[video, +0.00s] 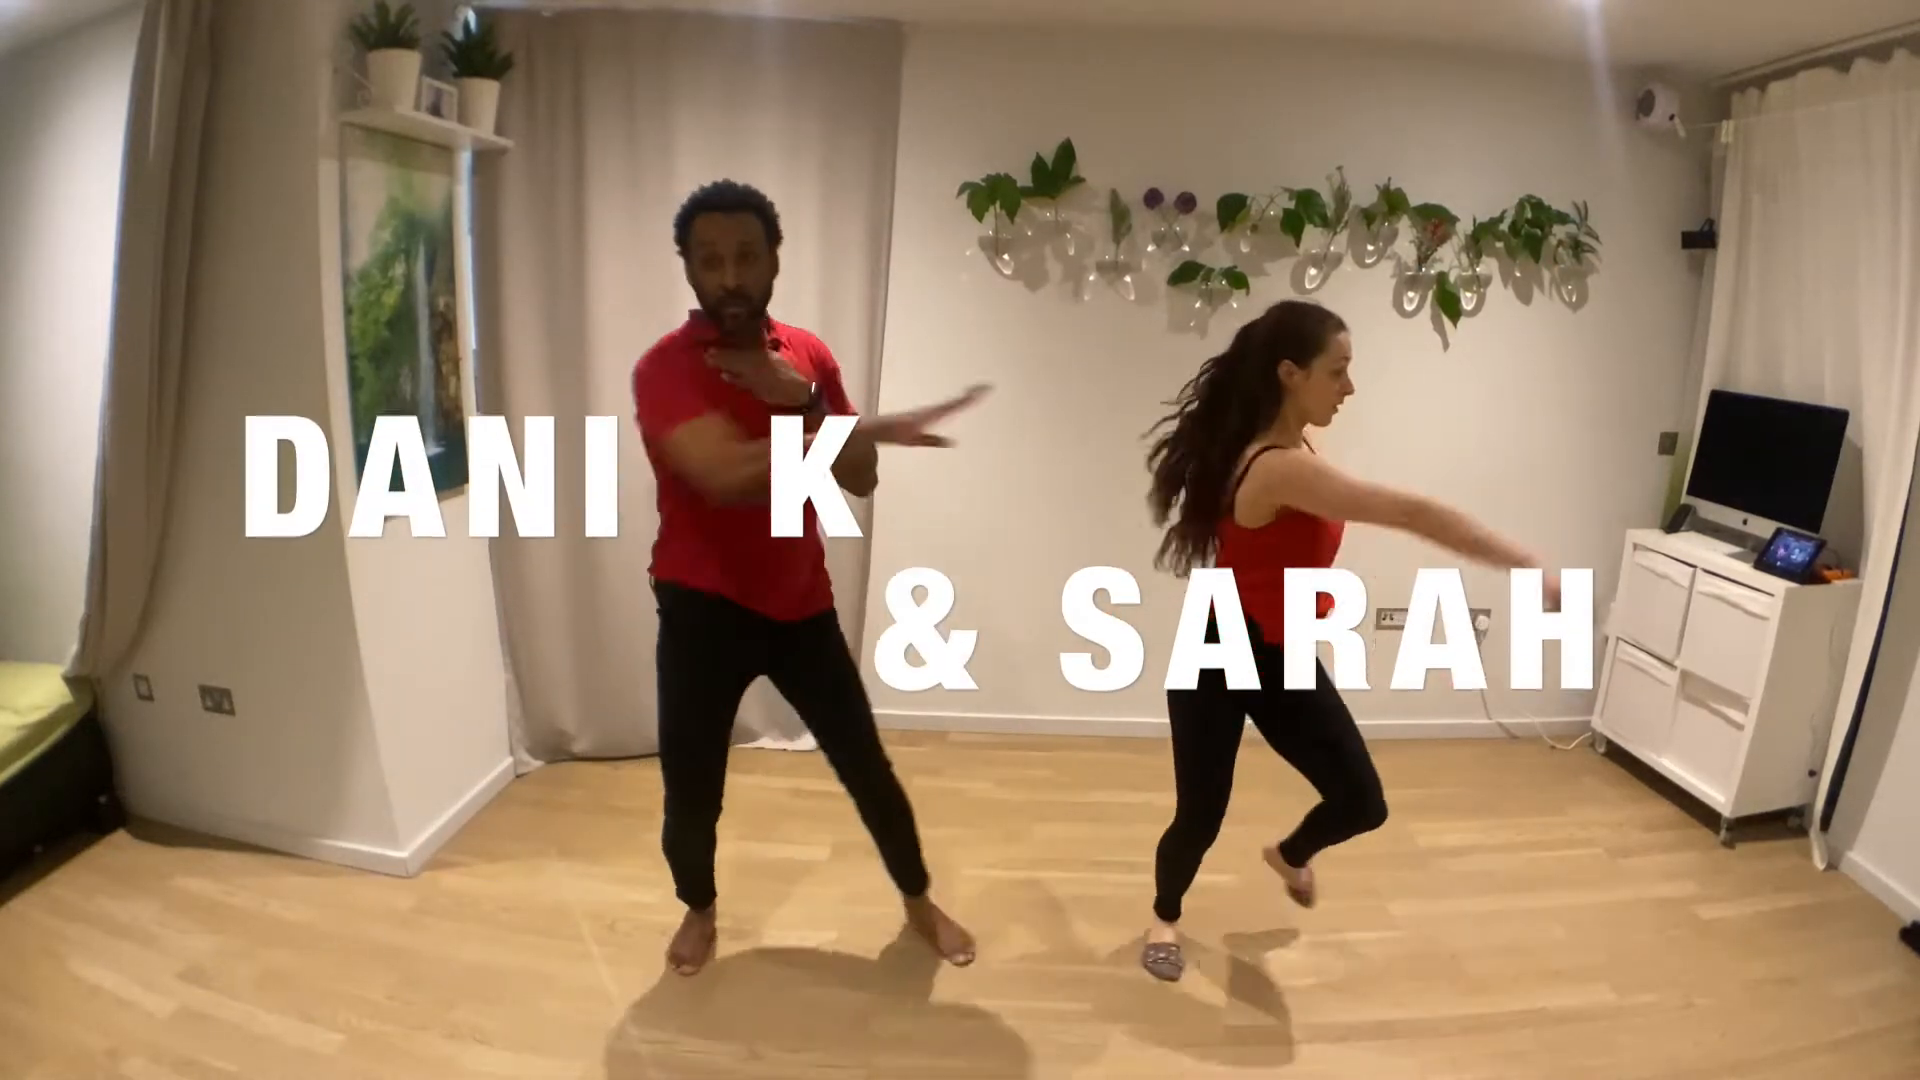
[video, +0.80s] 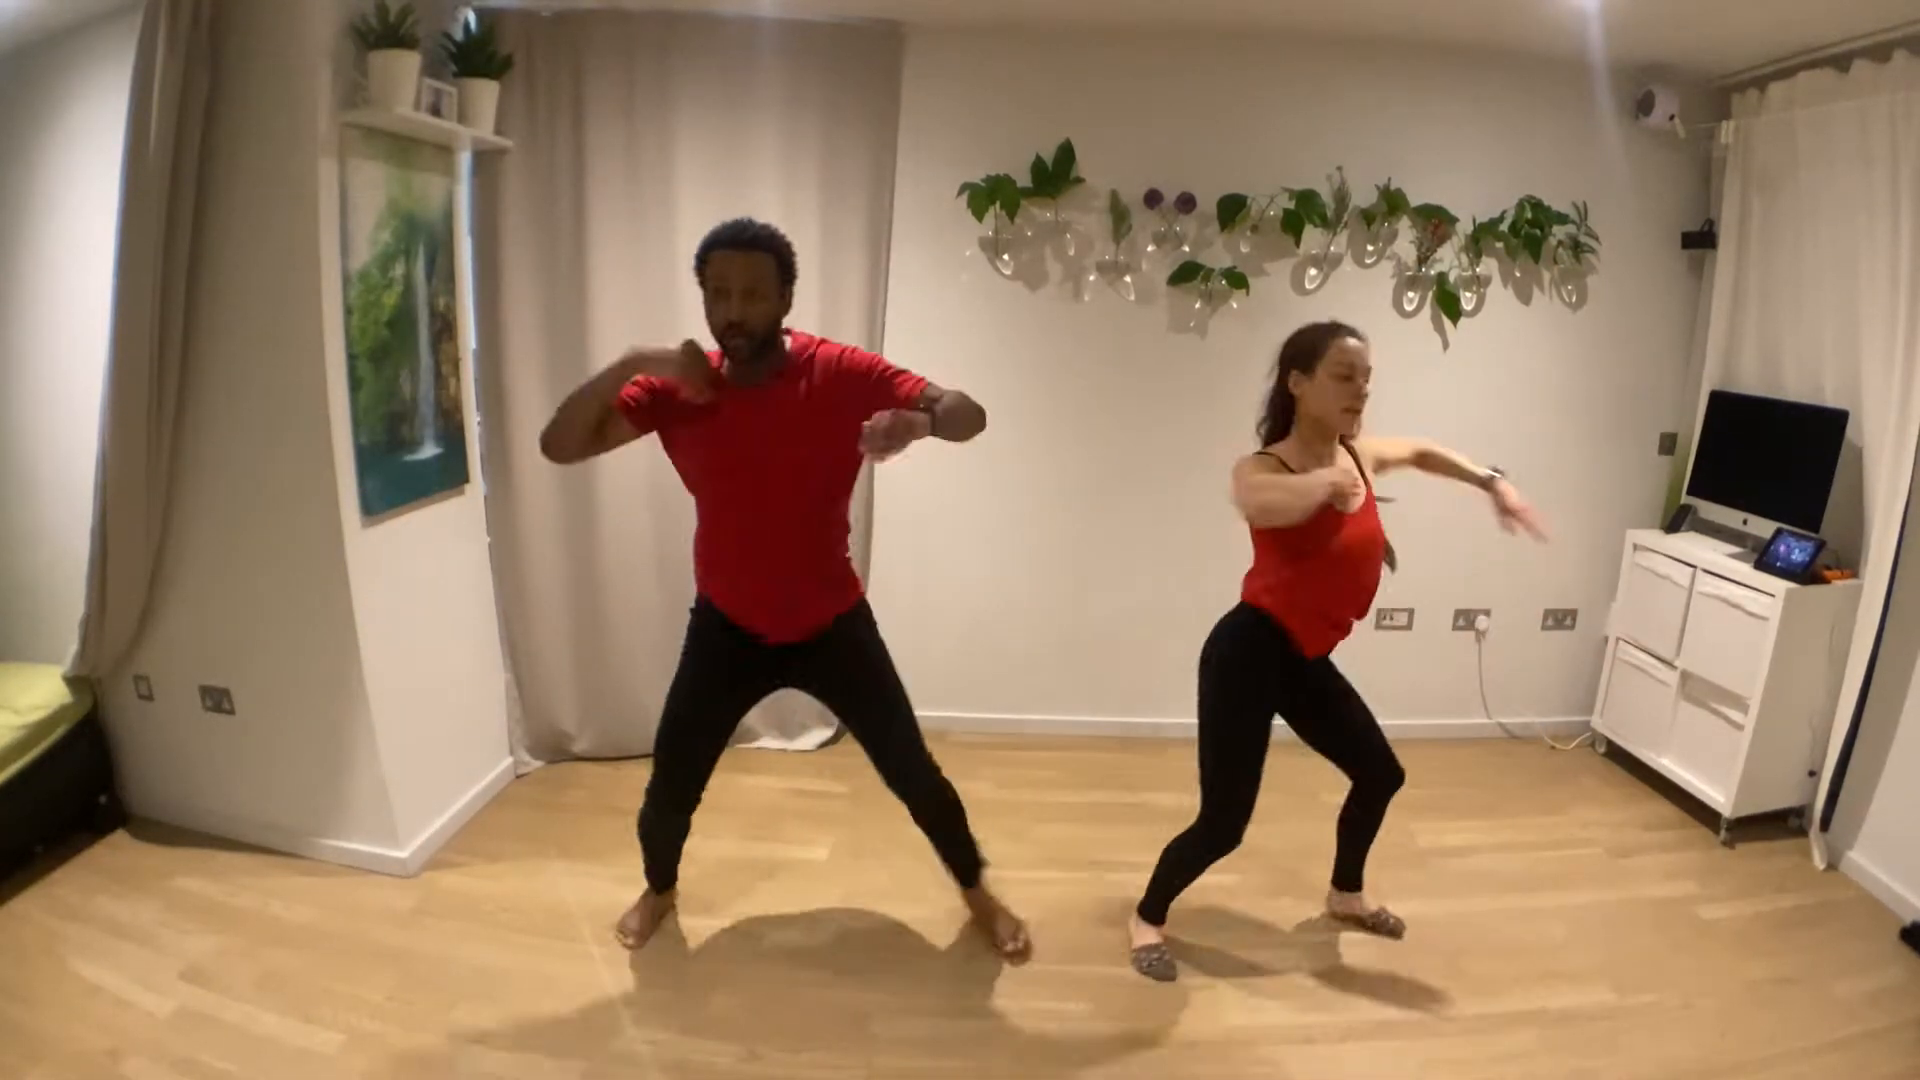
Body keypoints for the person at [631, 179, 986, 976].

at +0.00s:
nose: (727, 280)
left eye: (745, 260)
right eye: (707, 261)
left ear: (775, 264)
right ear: (687, 269)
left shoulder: (807, 356)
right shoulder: (665, 370)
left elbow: (859, 480)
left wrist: (802, 401)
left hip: (797, 604)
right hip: (702, 607)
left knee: (865, 766)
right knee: (689, 783)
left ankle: (920, 903)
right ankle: (697, 910)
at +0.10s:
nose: (757, 290)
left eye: (773, 271)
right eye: (735, 273)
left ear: (796, 276)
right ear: (706, 282)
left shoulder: (787, 367)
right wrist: (1053, 426)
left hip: (810, 612)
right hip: (724, 616)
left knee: (895, 762)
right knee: (738, 820)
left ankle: (928, 898)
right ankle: (675, 904)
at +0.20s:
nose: (789, 295)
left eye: (803, 276)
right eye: (766, 278)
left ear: (822, 280)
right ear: (734, 288)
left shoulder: (810, 380)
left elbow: (840, 478)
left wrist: (863, 419)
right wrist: (1035, 399)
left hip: (811, 612)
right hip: (731, 618)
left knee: (906, 750)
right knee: (758, 817)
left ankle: (923, 897)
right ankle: (667, 910)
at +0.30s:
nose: (786, 293)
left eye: (803, 274)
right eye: (767, 277)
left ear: (830, 282)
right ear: (742, 285)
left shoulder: (840, 372)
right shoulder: (727, 369)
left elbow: (913, 473)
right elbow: (789, 446)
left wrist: (908, 434)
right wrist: (892, 380)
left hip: (821, 609)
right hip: (731, 611)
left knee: (910, 758)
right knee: (740, 810)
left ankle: (924, 901)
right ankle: (671, 913)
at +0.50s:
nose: (734, 294)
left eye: (754, 275)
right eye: (721, 276)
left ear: (792, 283)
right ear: (709, 281)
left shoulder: (843, 373)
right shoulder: (711, 353)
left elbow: (972, 387)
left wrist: (1096, 391)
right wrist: (655, 322)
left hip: (824, 625)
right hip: (725, 614)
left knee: (884, 793)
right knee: (648, 778)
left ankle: (1011, 883)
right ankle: (658, 890)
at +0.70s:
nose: (711, 317)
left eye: (729, 299)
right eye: (697, 299)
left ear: (766, 303)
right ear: (684, 305)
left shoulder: (815, 388)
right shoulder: (695, 382)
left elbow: (913, 412)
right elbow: (641, 395)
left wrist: (992, 409)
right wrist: (644, 349)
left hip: (820, 636)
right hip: (723, 635)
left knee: (895, 796)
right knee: (645, 789)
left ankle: (1030, 893)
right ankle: (658, 888)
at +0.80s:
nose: (734, 314)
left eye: (753, 295)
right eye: (718, 296)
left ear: (786, 298)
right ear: (702, 300)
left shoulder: (835, 371)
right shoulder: (678, 390)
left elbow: (968, 415)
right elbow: (560, 443)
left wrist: (922, 418)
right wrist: (635, 364)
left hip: (831, 622)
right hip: (727, 624)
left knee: (912, 774)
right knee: (670, 785)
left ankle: (979, 895)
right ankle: (657, 891)